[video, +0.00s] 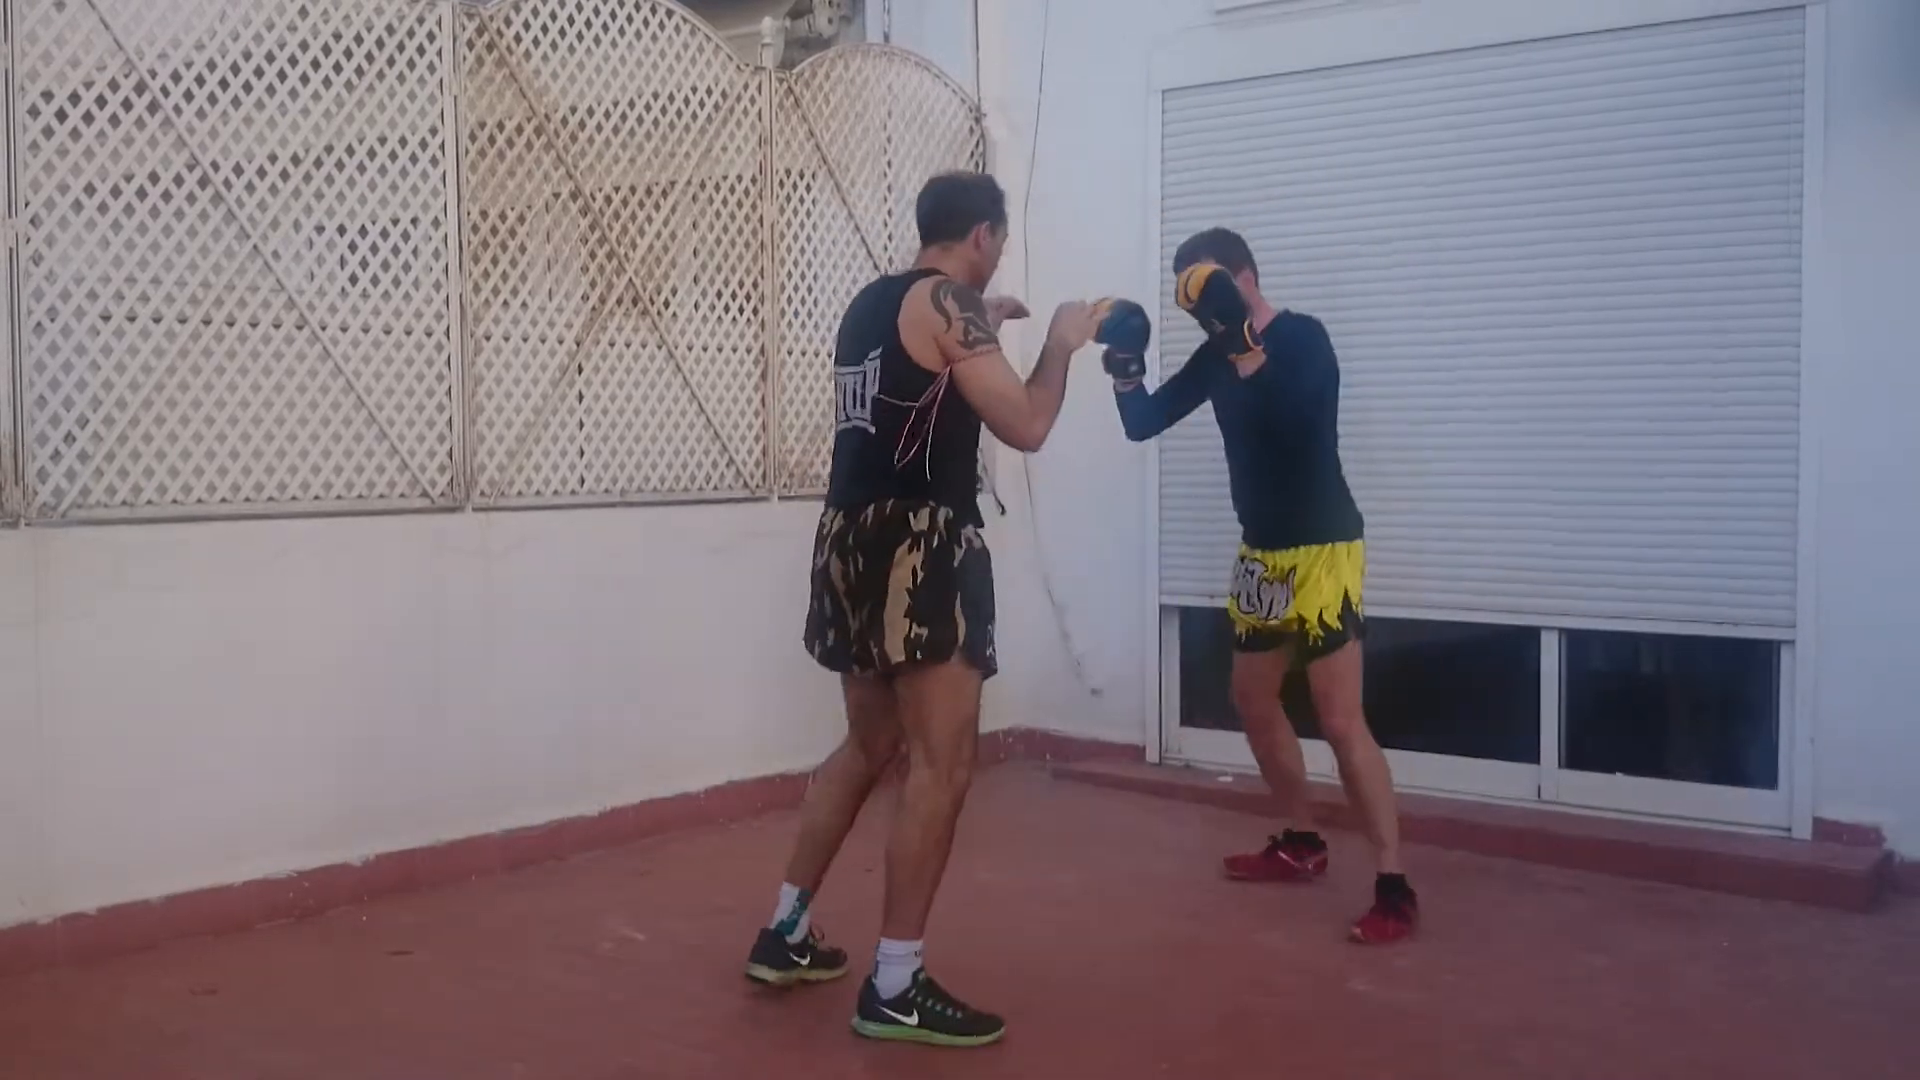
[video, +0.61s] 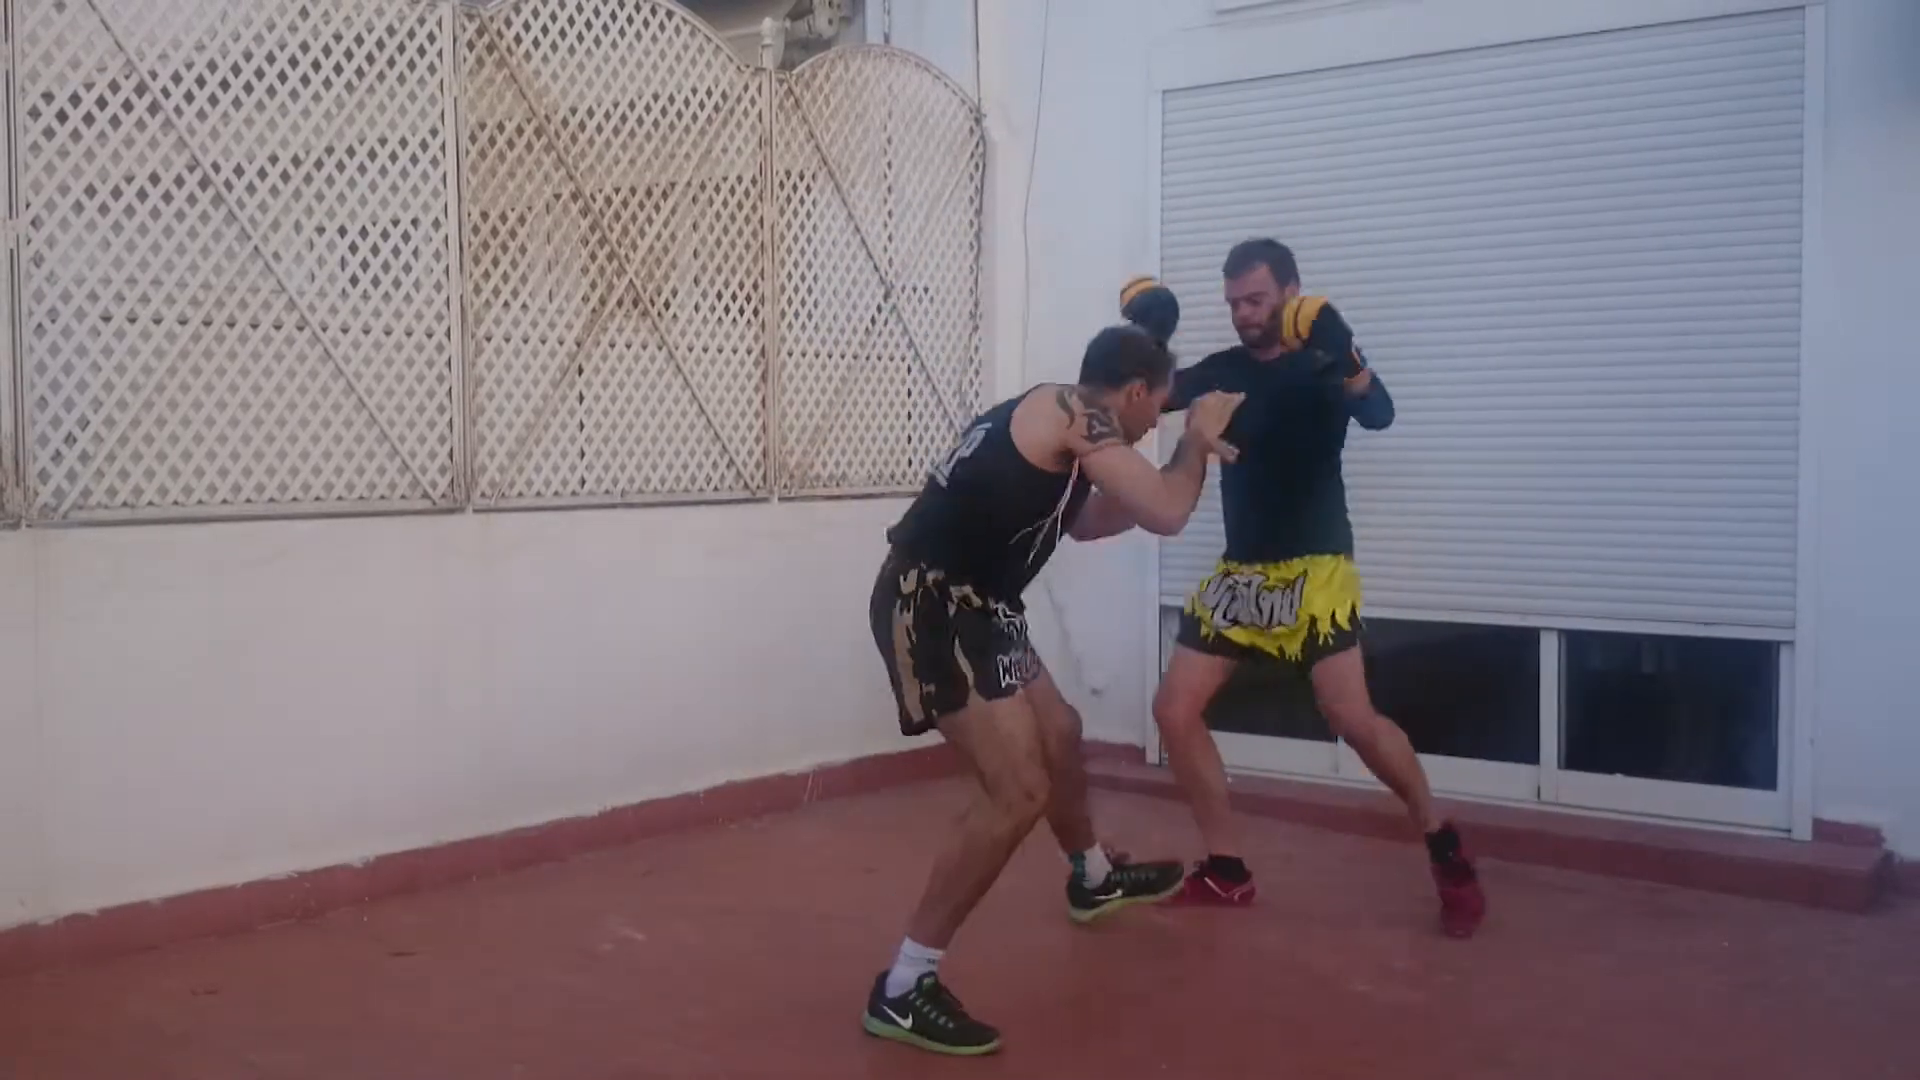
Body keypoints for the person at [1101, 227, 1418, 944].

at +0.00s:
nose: (1209, 302)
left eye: (1217, 286)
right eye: (1198, 294)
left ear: (1251, 276)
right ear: (1197, 301)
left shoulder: (1301, 334)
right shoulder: (1212, 359)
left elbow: (1301, 416)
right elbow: (1141, 423)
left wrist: (1247, 345)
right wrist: (1124, 366)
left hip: (1325, 548)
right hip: (1261, 551)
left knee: (1341, 720)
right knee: (1253, 700)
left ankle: (1392, 883)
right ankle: (1301, 841)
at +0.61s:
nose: (1245, 314)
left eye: (1256, 300)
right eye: (1235, 304)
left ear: (1290, 294)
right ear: (1226, 305)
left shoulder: (1324, 356)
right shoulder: (1220, 371)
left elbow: (1378, 416)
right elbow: (1144, 401)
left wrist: (1346, 362)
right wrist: (1143, 336)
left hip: (1317, 566)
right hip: (1241, 568)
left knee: (1350, 717)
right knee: (1175, 711)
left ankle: (1439, 839)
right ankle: (1225, 867)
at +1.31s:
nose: (1226, 309)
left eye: (1236, 297)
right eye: (1220, 298)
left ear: (1271, 301)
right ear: (1217, 307)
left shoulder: (1324, 369)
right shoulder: (1216, 375)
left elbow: (1396, 437)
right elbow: (1179, 477)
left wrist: (1388, 361)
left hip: (1275, 556)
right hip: (1207, 556)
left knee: (1248, 713)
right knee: (1170, 725)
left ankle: (1254, 905)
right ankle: (1227, 864)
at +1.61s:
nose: (1277, 309)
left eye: (1287, 295)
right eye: (1270, 298)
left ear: (1329, 286)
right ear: (1266, 300)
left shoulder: (1380, 360)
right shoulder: (1262, 361)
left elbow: (1446, 450)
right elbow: (1183, 393)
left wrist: (1424, 398)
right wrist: (1141, 338)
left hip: (1337, 557)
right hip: (1267, 556)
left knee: (1316, 722)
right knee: (1198, 711)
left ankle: (1370, 903)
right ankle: (1227, 866)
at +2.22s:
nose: (1548, 298)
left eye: (1555, 280)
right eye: (1543, 283)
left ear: (1604, 264)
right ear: (1600, 272)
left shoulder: (1666, 334)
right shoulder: (1610, 347)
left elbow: (1640, 433)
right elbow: (1537, 440)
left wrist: (1561, 404)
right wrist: (1492, 387)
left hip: (1643, 567)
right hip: (1644, 564)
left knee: (1554, 735)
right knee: (1651, 748)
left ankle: (1571, 916)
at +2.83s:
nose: (1732, 291)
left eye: (1739, 274)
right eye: (1729, 277)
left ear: (1786, 262)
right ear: (1798, 264)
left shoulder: (1826, 345)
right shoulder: (1859, 336)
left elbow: (1747, 452)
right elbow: (1764, 447)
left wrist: (1687, 358)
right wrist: (1710, 371)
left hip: (1854, 596)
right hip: (1893, 594)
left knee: (1775, 781)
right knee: (1912, 798)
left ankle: (1805, 1006)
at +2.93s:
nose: (1743, 292)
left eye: (1748, 276)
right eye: (1739, 279)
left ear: (1795, 261)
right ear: (1806, 262)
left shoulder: (1837, 344)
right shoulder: (1867, 334)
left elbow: (1734, 432)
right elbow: (1753, 431)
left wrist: (1694, 331)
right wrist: (1705, 350)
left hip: (1860, 596)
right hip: (1892, 594)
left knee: (1773, 779)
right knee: (1910, 796)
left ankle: (1805, 1002)